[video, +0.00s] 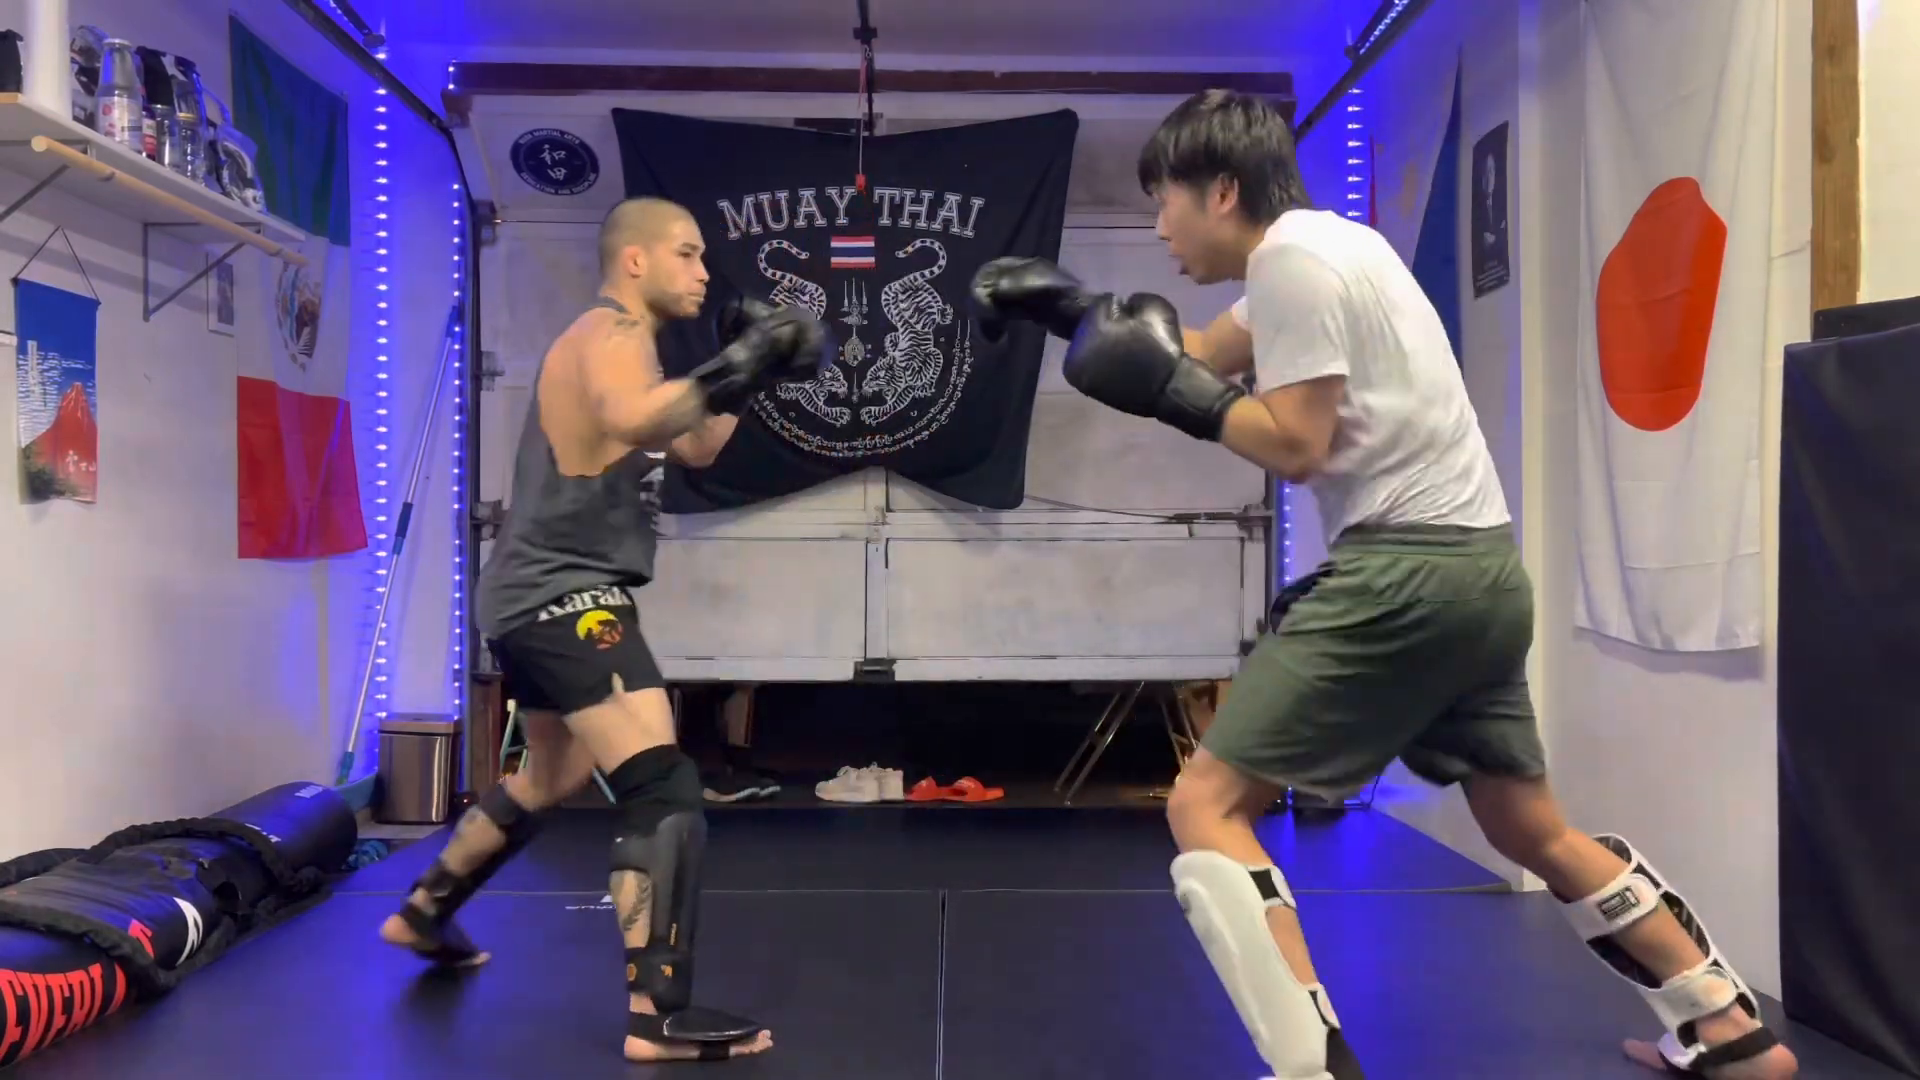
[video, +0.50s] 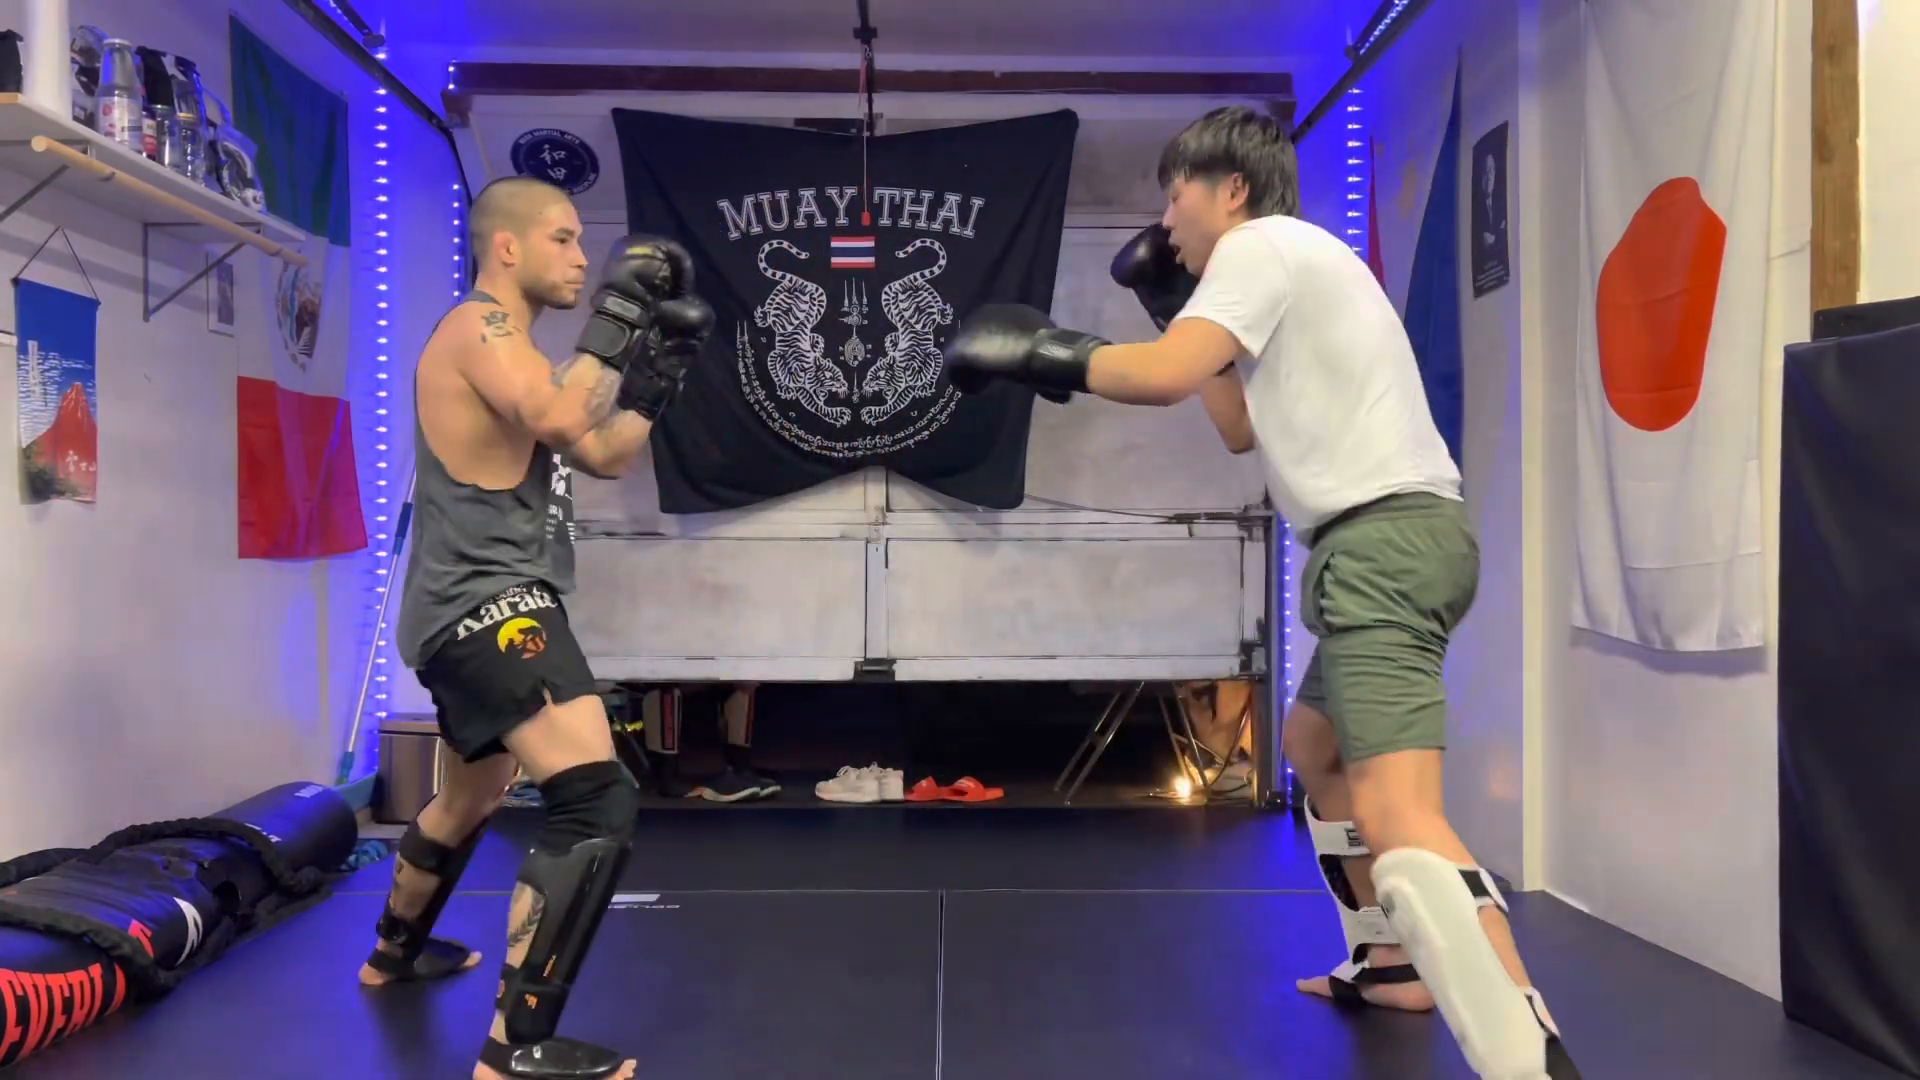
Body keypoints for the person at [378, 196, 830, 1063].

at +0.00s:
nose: (703, 271)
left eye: (702, 257)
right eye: (688, 255)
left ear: (634, 269)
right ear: (634, 260)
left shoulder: (628, 351)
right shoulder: (607, 336)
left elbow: (699, 447)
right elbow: (634, 418)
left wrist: (748, 370)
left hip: (539, 596)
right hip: (565, 595)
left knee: (550, 776)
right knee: (662, 789)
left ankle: (424, 913)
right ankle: (658, 1014)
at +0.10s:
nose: (664, 280)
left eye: (664, 266)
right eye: (649, 264)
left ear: (607, 277)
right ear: (593, 272)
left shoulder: (606, 369)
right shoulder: (553, 352)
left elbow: (682, 458)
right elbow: (508, 471)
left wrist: (730, 377)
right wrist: (618, 449)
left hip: (498, 602)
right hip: (517, 597)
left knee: (503, 791)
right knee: (621, 785)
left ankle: (397, 945)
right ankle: (653, 1009)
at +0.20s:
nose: (633, 275)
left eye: (634, 261)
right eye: (617, 258)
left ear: (586, 272)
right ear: (559, 267)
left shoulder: (585, 376)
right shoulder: (514, 345)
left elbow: (646, 460)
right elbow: (446, 455)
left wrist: (696, 390)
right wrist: (542, 480)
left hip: (506, 597)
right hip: (497, 594)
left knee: (498, 789)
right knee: (598, 775)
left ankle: (396, 949)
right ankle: (630, 1005)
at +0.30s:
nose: (609, 254)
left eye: (609, 238)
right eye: (593, 236)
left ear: (552, 246)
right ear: (535, 240)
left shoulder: (555, 340)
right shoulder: (489, 320)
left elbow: (615, 446)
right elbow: (455, 437)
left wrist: (676, 379)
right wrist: (555, 398)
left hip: (507, 576)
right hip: (494, 575)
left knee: (477, 781)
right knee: (586, 774)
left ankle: (396, 942)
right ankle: (555, 1006)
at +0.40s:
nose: (588, 253)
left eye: (590, 238)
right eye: (573, 235)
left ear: (538, 245)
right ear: (516, 240)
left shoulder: (540, 337)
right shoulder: (475, 322)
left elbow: (611, 440)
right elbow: (504, 428)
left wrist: (662, 377)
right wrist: (581, 333)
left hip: (500, 585)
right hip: (492, 585)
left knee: (467, 792)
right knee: (583, 789)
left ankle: (396, 945)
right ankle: (522, 1029)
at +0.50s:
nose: (580, 256)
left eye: (579, 240)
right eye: (563, 239)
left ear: (517, 253)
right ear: (505, 247)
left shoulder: (519, 348)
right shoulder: (478, 331)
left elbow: (606, 453)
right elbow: (559, 415)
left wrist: (662, 373)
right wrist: (620, 314)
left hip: (473, 606)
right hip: (491, 601)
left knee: (469, 794)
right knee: (596, 802)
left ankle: (396, 948)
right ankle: (522, 1041)